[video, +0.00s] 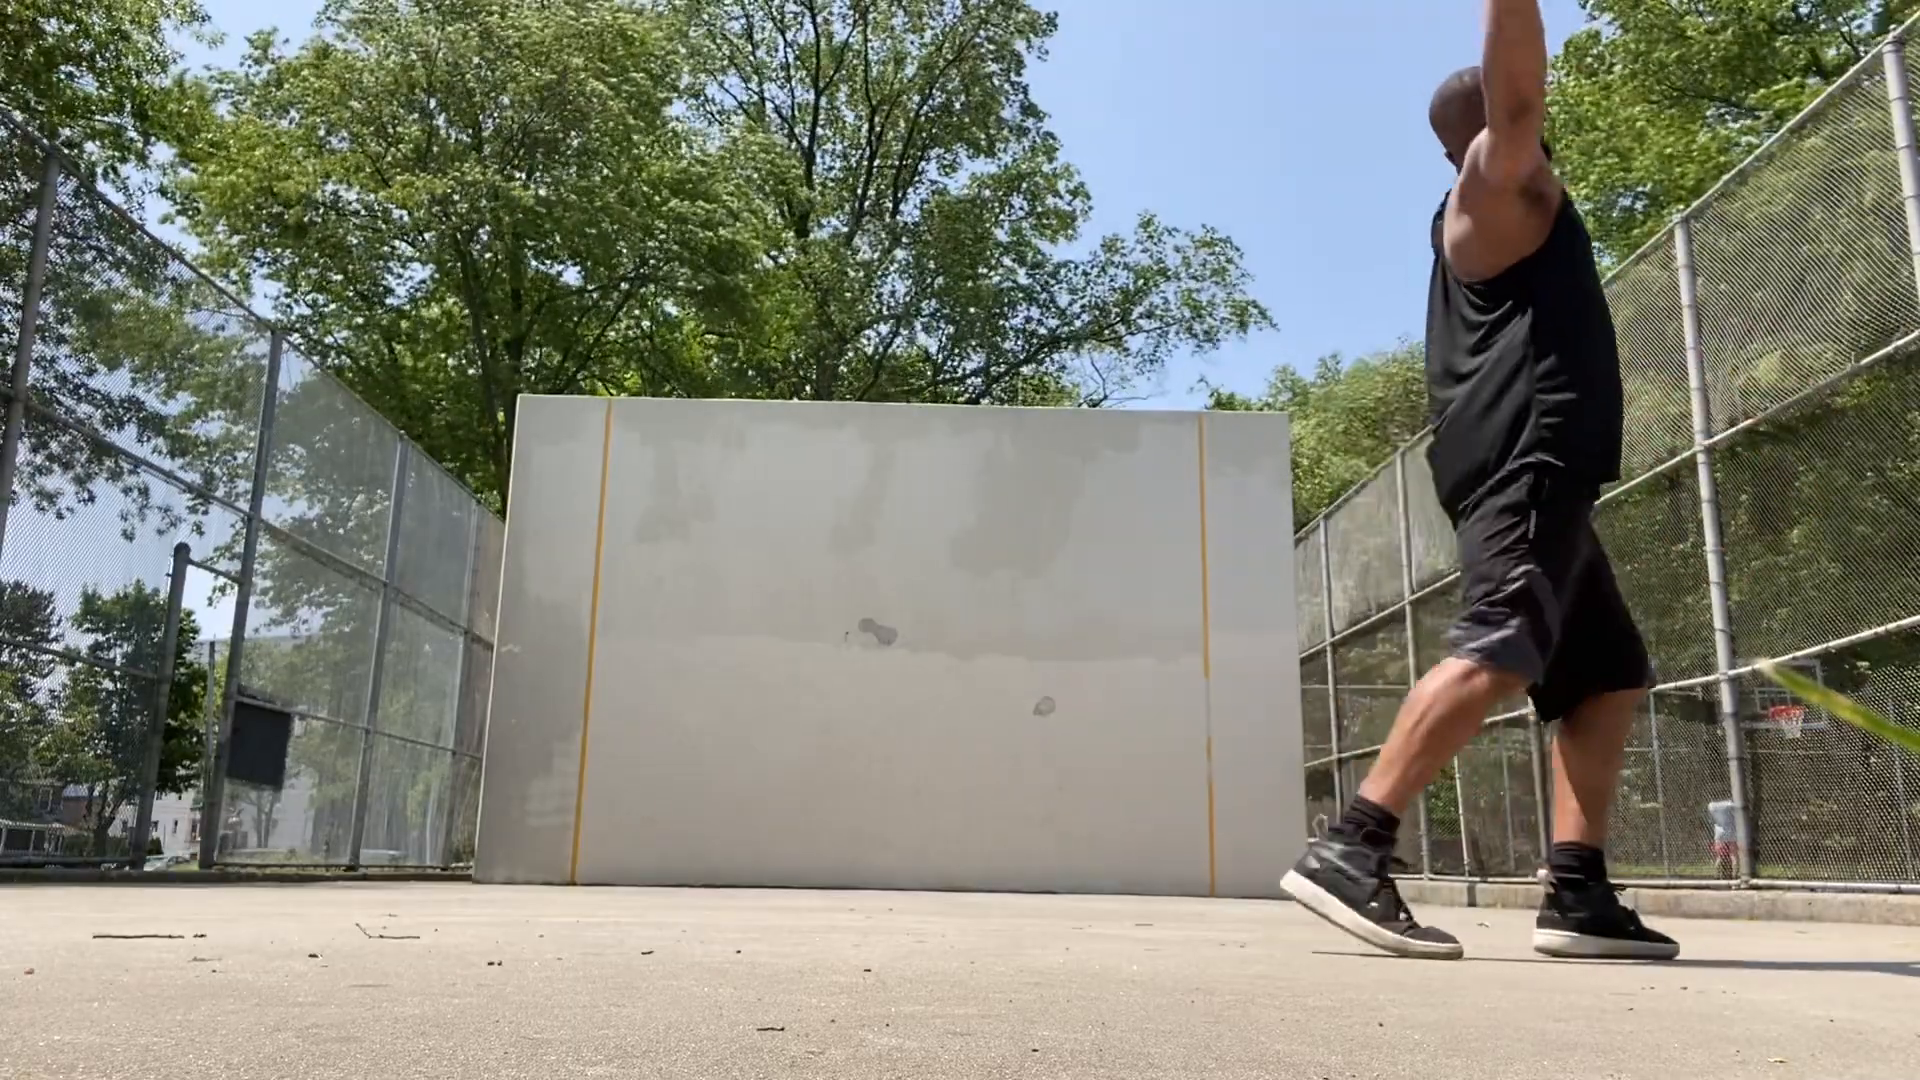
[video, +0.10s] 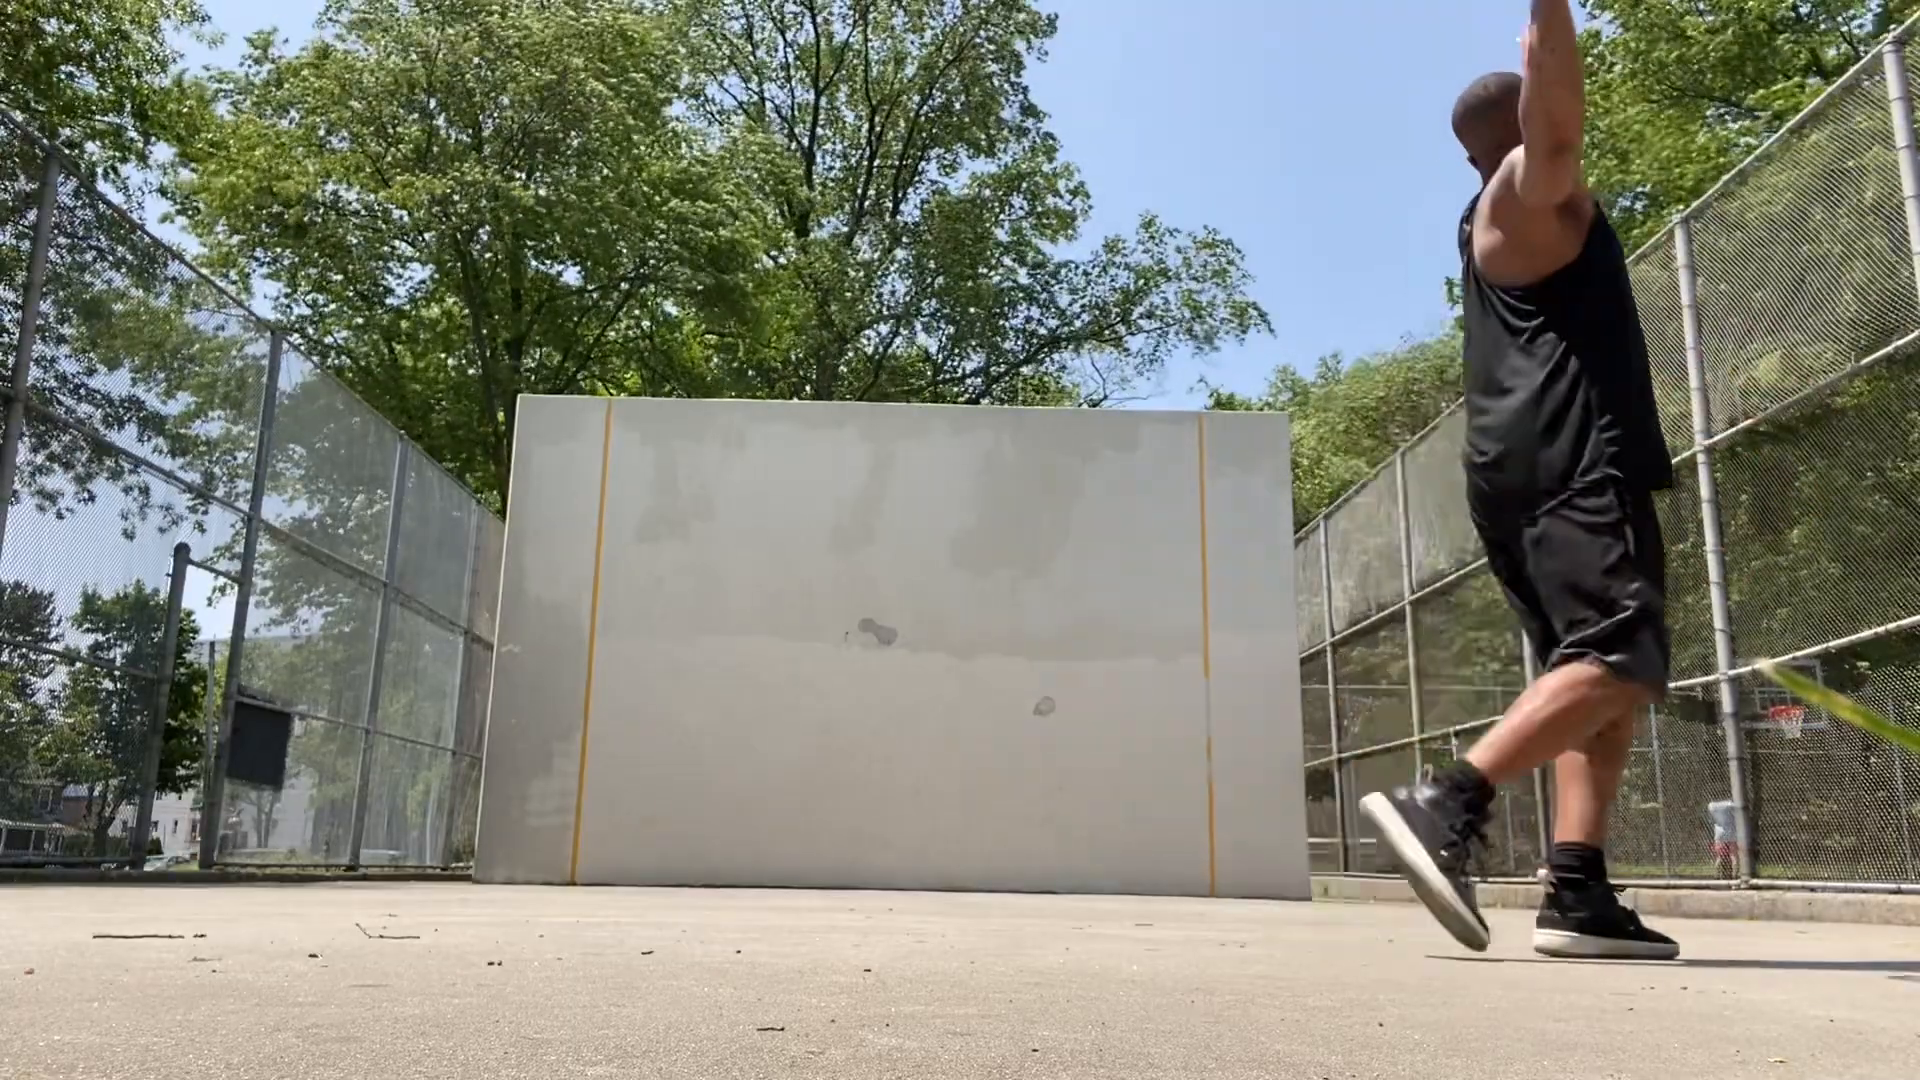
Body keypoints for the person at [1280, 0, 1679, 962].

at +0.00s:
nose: (1535, 118)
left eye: (1529, 108)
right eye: (1520, 109)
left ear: (1454, 140)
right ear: (1496, 123)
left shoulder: (1476, 215)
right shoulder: (1501, 181)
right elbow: (1517, 87)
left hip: (1515, 467)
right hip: (1520, 460)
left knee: (1606, 672)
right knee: (1498, 650)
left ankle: (1577, 893)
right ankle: (1352, 848)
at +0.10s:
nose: (1563, 122)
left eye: (1557, 113)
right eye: (1549, 115)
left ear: (1478, 144)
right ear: (1528, 126)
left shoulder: (1490, 219)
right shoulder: (1531, 191)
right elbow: (1554, 126)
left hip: (1515, 465)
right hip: (1566, 458)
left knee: (1596, 672)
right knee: (1621, 658)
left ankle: (1578, 892)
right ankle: (1447, 803)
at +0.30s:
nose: (1627, 144)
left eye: (1622, 135)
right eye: (1613, 134)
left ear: (1537, 169)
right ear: (1601, 146)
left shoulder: (1548, 246)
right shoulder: (1592, 217)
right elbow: (1635, 189)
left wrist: (1606, 99)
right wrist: (1615, 89)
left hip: (1569, 490)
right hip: (1664, 474)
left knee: (1631, 687)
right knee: (1768, 662)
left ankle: (1577, 877)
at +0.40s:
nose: (1654, 165)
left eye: (1641, 157)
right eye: (1638, 158)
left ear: (1563, 200)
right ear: (1630, 172)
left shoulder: (1560, 282)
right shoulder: (1633, 238)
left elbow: (1511, 374)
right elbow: (1703, 230)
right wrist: (1645, 116)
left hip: (1610, 520)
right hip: (1714, 498)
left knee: (1651, 708)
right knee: (1820, 692)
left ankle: (1585, 855)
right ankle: (1858, 899)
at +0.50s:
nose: (1619, 182)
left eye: (1608, 176)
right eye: (1609, 177)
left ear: (1550, 220)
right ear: (1601, 189)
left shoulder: (1547, 307)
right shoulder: (1667, 224)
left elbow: (1481, 418)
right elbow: (1810, 163)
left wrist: (1446, 545)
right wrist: (1695, 102)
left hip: (1654, 504)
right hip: (1764, 477)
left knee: (1671, 686)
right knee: (1839, 678)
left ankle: (1613, 846)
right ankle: (1863, 903)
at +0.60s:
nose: (1507, 246)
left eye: (1505, 235)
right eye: (1510, 231)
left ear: (1515, 233)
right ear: (1579, 201)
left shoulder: (1532, 299)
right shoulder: (1657, 215)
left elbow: (1550, 380)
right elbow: (1736, 158)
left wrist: (1523, 504)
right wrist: (1700, 70)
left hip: (1667, 454)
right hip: (1771, 408)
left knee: (1674, 655)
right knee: (1832, 629)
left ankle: (1703, 849)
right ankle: (1890, 861)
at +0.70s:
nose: (1501, 231)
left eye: (1505, 216)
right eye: (1504, 215)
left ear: (1525, 218)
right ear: (1583, 216)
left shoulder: (1550, 276)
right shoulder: (1637, 261)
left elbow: (1634, 347)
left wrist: (1620, 476)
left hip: (1692, 454)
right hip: (1779, 414)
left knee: (1679, 667)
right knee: (1855, 599)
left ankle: (1714, 872)